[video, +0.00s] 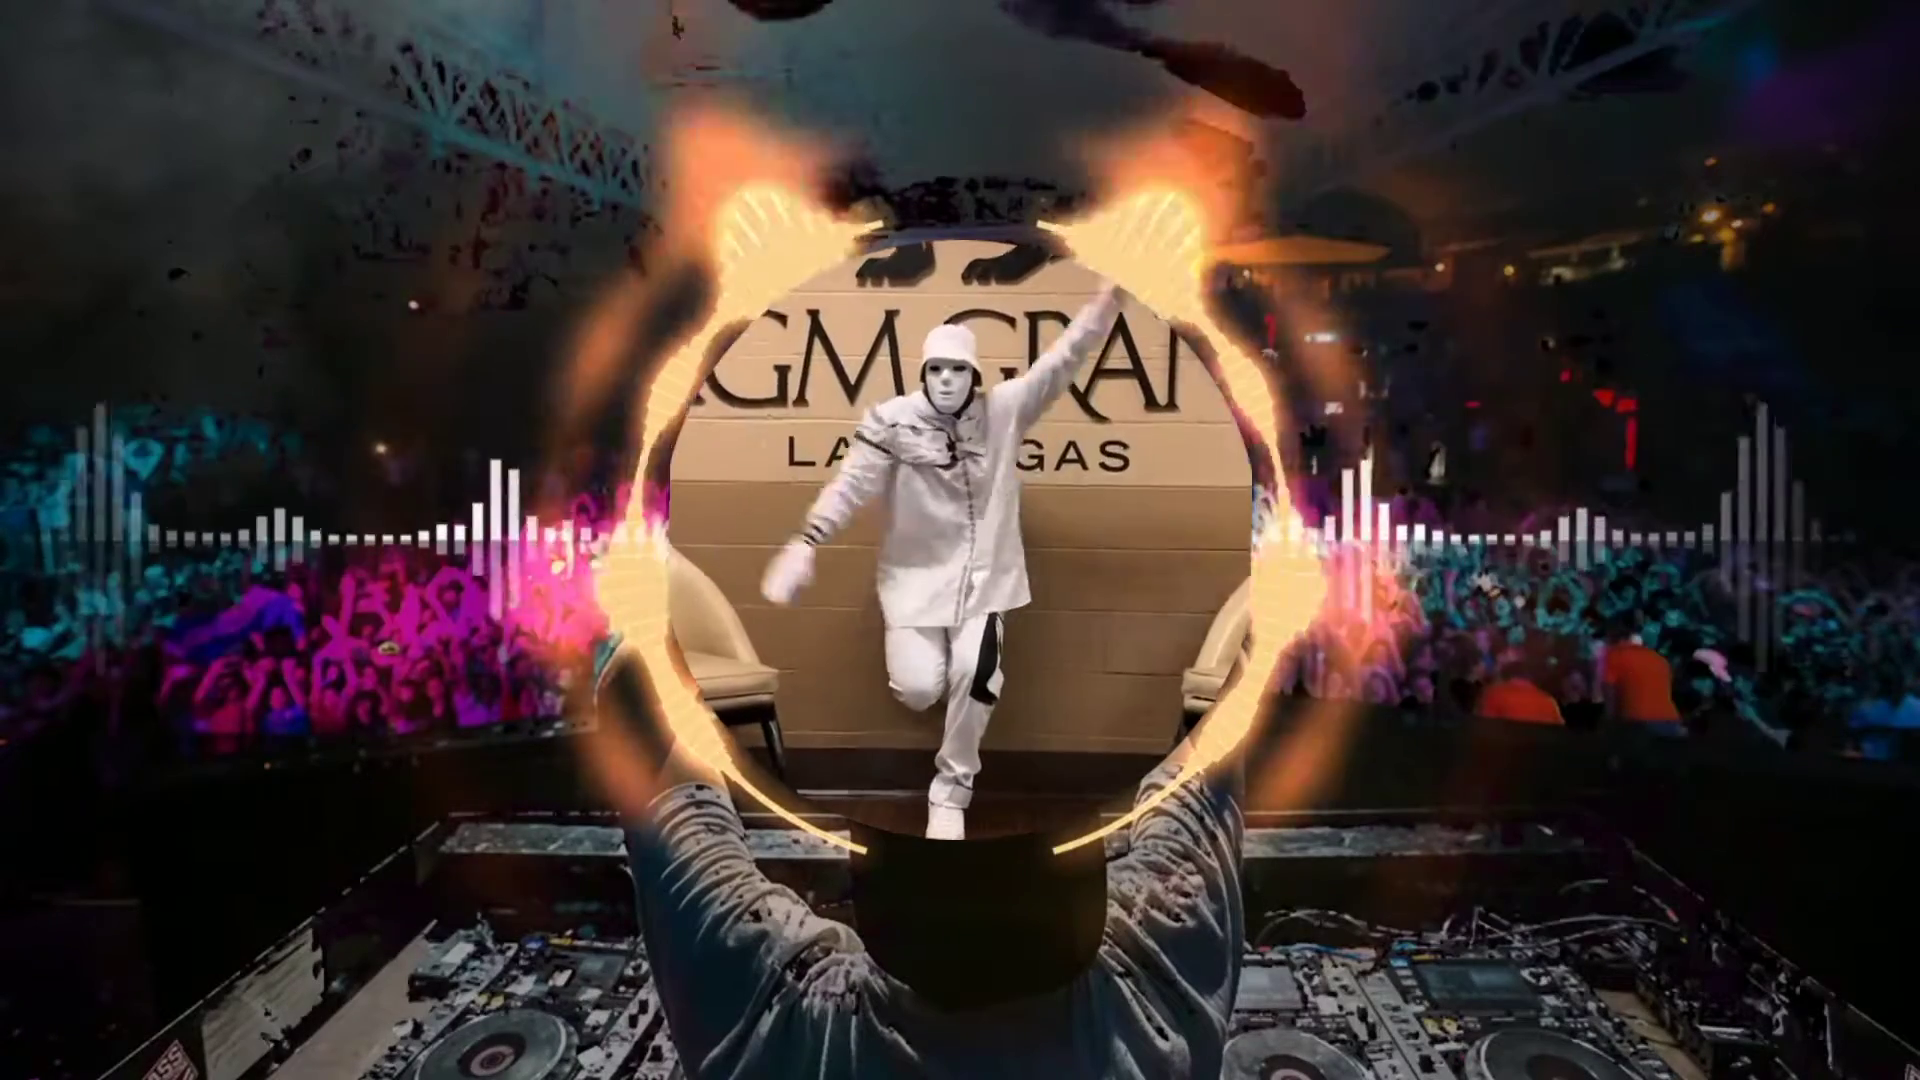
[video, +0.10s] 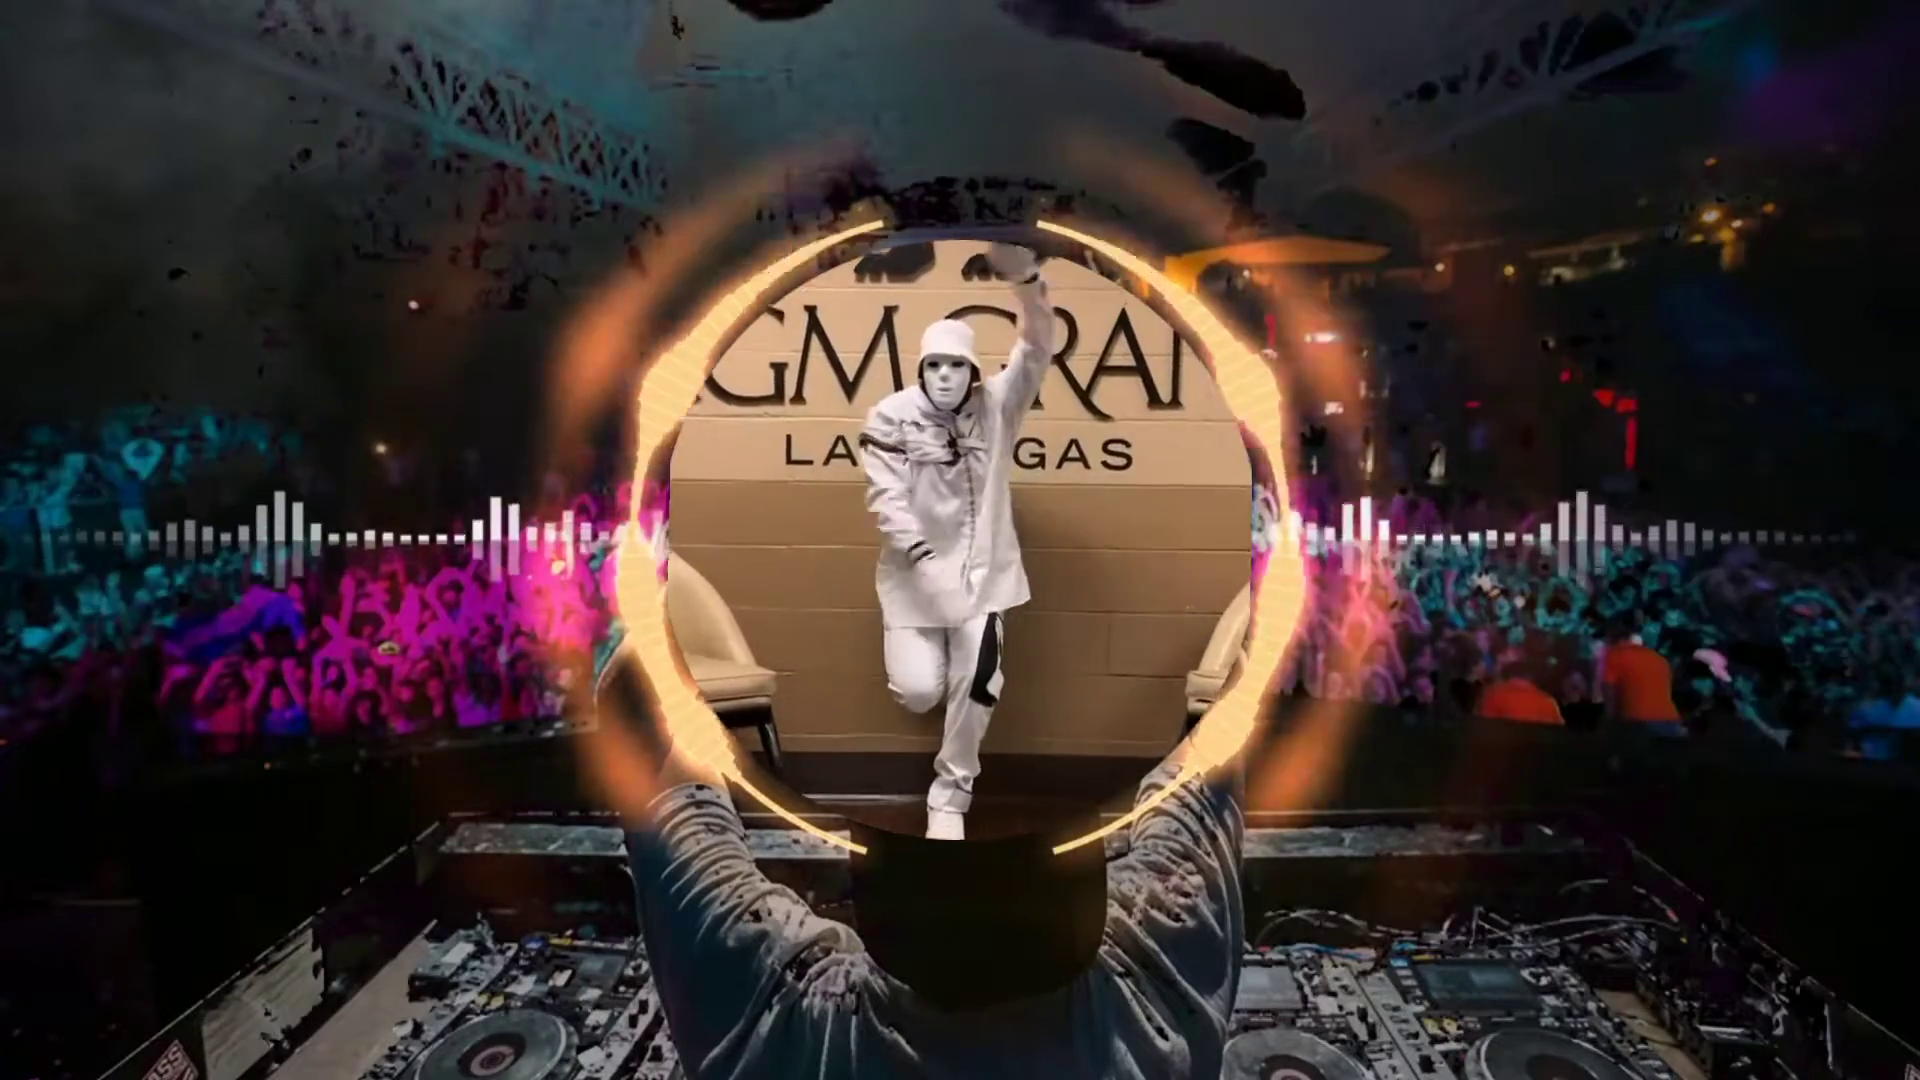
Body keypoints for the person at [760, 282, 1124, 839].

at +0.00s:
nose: (946, 381)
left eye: (958, 371)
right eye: (936, 370)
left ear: (975, 375)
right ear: (923, 373)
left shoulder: (1002, 411)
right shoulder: (892, 422)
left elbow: (1061, 363)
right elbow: (850, 487)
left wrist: (1105, 305)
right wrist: (806, 542)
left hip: (982, 577)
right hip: (915, 579)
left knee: (978, 684)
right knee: (918, 689)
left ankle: (950, 797)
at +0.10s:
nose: (945, 377)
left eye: (955, 367)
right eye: (935, 367)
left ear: (972, 371)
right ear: (920, 371)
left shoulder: (999, 406)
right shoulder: (890, 421)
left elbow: (1035, 353)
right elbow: (887, 500)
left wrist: (1027, 280)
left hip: (982, 575)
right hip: (915, 576)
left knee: (978, 695)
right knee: (917, 693)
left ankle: (950, 803)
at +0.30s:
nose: (943, 367)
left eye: (955, 357)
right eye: (933, 357)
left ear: (971, 364)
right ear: (919, 362)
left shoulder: (999, 401)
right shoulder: (891, 410)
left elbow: (1035, 335)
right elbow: (886, 486)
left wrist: (968, 303)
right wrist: (969, 502)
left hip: (982, 577)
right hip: (912, 580)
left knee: (975, 693)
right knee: (918, 703)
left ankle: (948, 810)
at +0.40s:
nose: (946, 361)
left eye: (958, 350)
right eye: (935, 350)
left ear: (975, 358)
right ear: (920, 356)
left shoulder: (1001, 395)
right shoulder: (891, 405)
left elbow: (1041, 329)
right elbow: (885, 484)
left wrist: (972, 297)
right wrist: (970, 500)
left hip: (984, 569)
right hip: (914, 568)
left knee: (966, 693)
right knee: (918, 673)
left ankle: (948, 812)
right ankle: (902, 796)